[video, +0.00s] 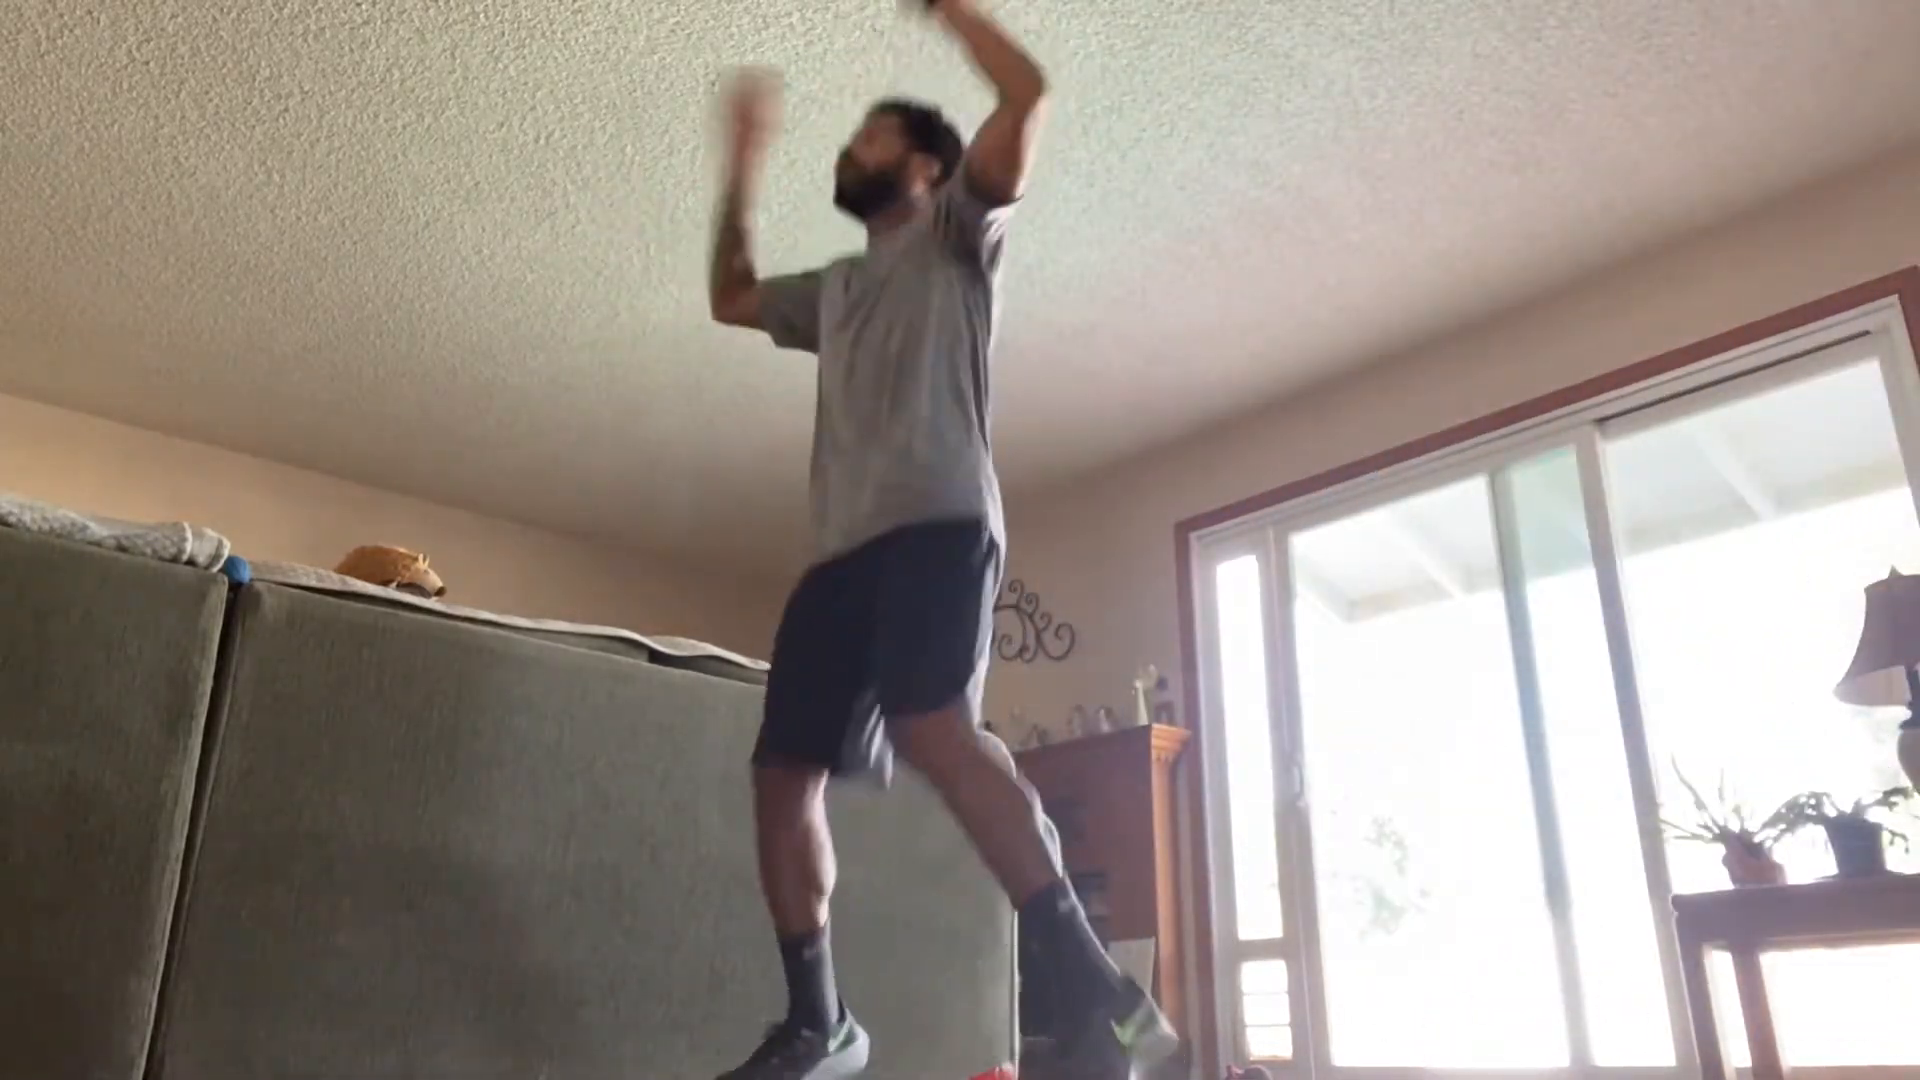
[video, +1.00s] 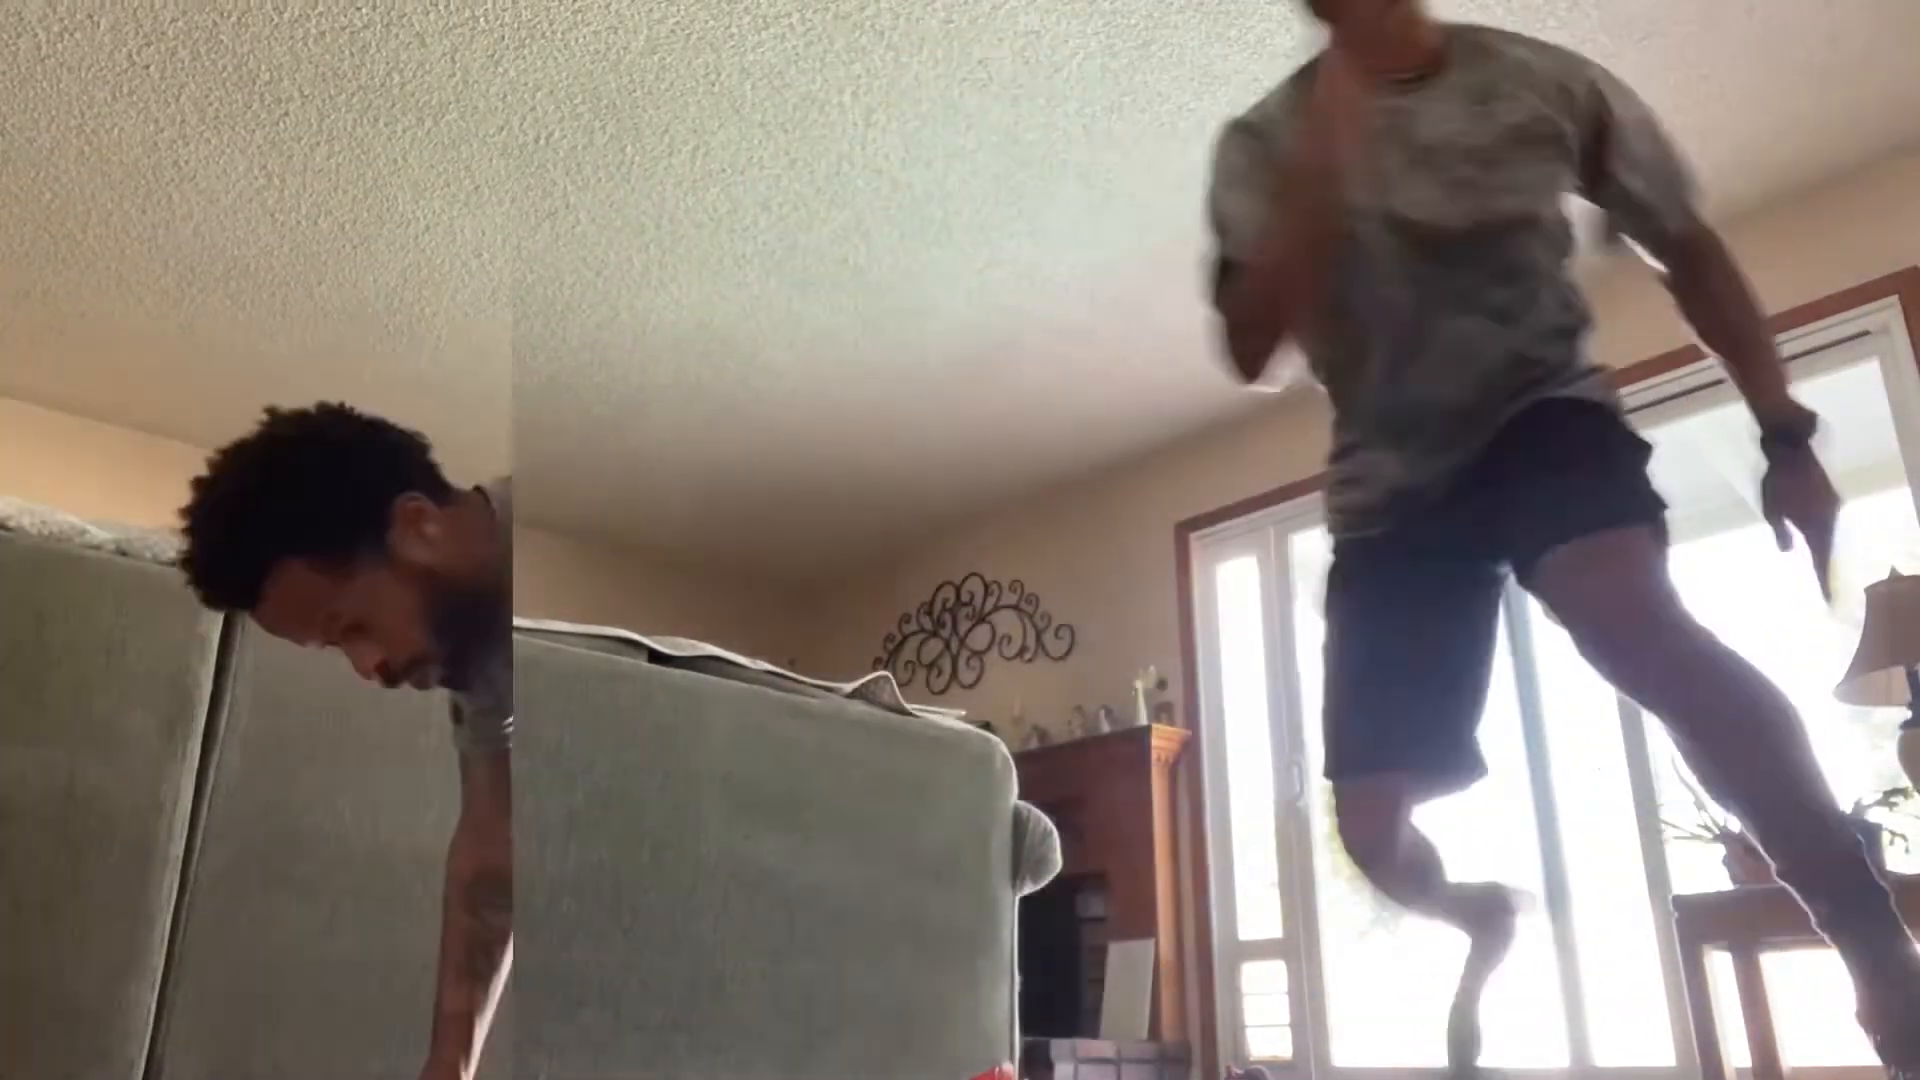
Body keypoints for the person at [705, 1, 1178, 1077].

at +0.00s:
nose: (850, 138)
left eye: (872, 128)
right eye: (852, 130)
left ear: (922, 155)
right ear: (877, 170)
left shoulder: (954, 228)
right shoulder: (841, 284)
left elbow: (1025, 93)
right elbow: (731, 298)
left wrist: (951, 9)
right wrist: (745, 158)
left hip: (939, 519)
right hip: (842, 547)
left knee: (931, 723)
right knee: (785, 771)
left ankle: (1081, 973)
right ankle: (817, 1023)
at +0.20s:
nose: (801, 79)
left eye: (822, 62)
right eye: (801, 67)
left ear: (880, 80)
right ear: (833, 95)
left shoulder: (922, 150)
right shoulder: (825, 226)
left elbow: (1029, 159)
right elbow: (835, 362)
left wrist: (1052, 188)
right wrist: (753, 421)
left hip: (955, 428)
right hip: (864, 456)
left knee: (904, 623)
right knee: (819, 677)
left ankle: (1063, 854)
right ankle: (870, 934)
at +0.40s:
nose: (758, 228)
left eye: (778, 209)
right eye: (758, 214)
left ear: (841, 225)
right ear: (800, 237)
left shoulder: (917, 304)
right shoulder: (804, 373)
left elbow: (955, 452)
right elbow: (849, 499)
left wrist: (810, 448)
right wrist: (825, 605)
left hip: (990, 584)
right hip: (889, 599)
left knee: (911, 783)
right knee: (823, 796)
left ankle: (1080, 917)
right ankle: (886, 1041)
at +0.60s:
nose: (788, 278)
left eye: (802, 255)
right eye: (782, 266)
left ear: (872, 263)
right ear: (792, 298)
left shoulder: (987, 329)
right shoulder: (842, 413)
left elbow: (1158, 394)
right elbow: (838, 569)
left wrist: (1298, 466)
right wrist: (819, 390)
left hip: (1079, 575)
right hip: (957, 619)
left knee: (1021, 714)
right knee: (850, 816)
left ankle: (1196, 950)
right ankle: (888, 1041)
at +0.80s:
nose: (1016, 61)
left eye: (1036, 34)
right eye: (1003, 47)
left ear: (1099, 39)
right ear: (1014, 80)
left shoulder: (1213, 109)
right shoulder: (1025, 200)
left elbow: (1358, 177)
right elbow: (959, 276)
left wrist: (1472, 233)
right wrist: (972, 93)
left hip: (1277, 423)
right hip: (1156, 478)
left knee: (1367, 532)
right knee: (1057, 746)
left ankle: (1600, 812)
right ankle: (1006, 987)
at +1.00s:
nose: (1371, 13)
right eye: (1347, 5)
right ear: (1313, 9)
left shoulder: (1545, 85)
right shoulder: (1262, 145)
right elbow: (1246, 345)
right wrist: (1318, 178)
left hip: (1540, 418)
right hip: (1388, 481)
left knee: (1628, 626)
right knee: (1371, 829)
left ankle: (1887, 973)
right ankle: (1477, 917)